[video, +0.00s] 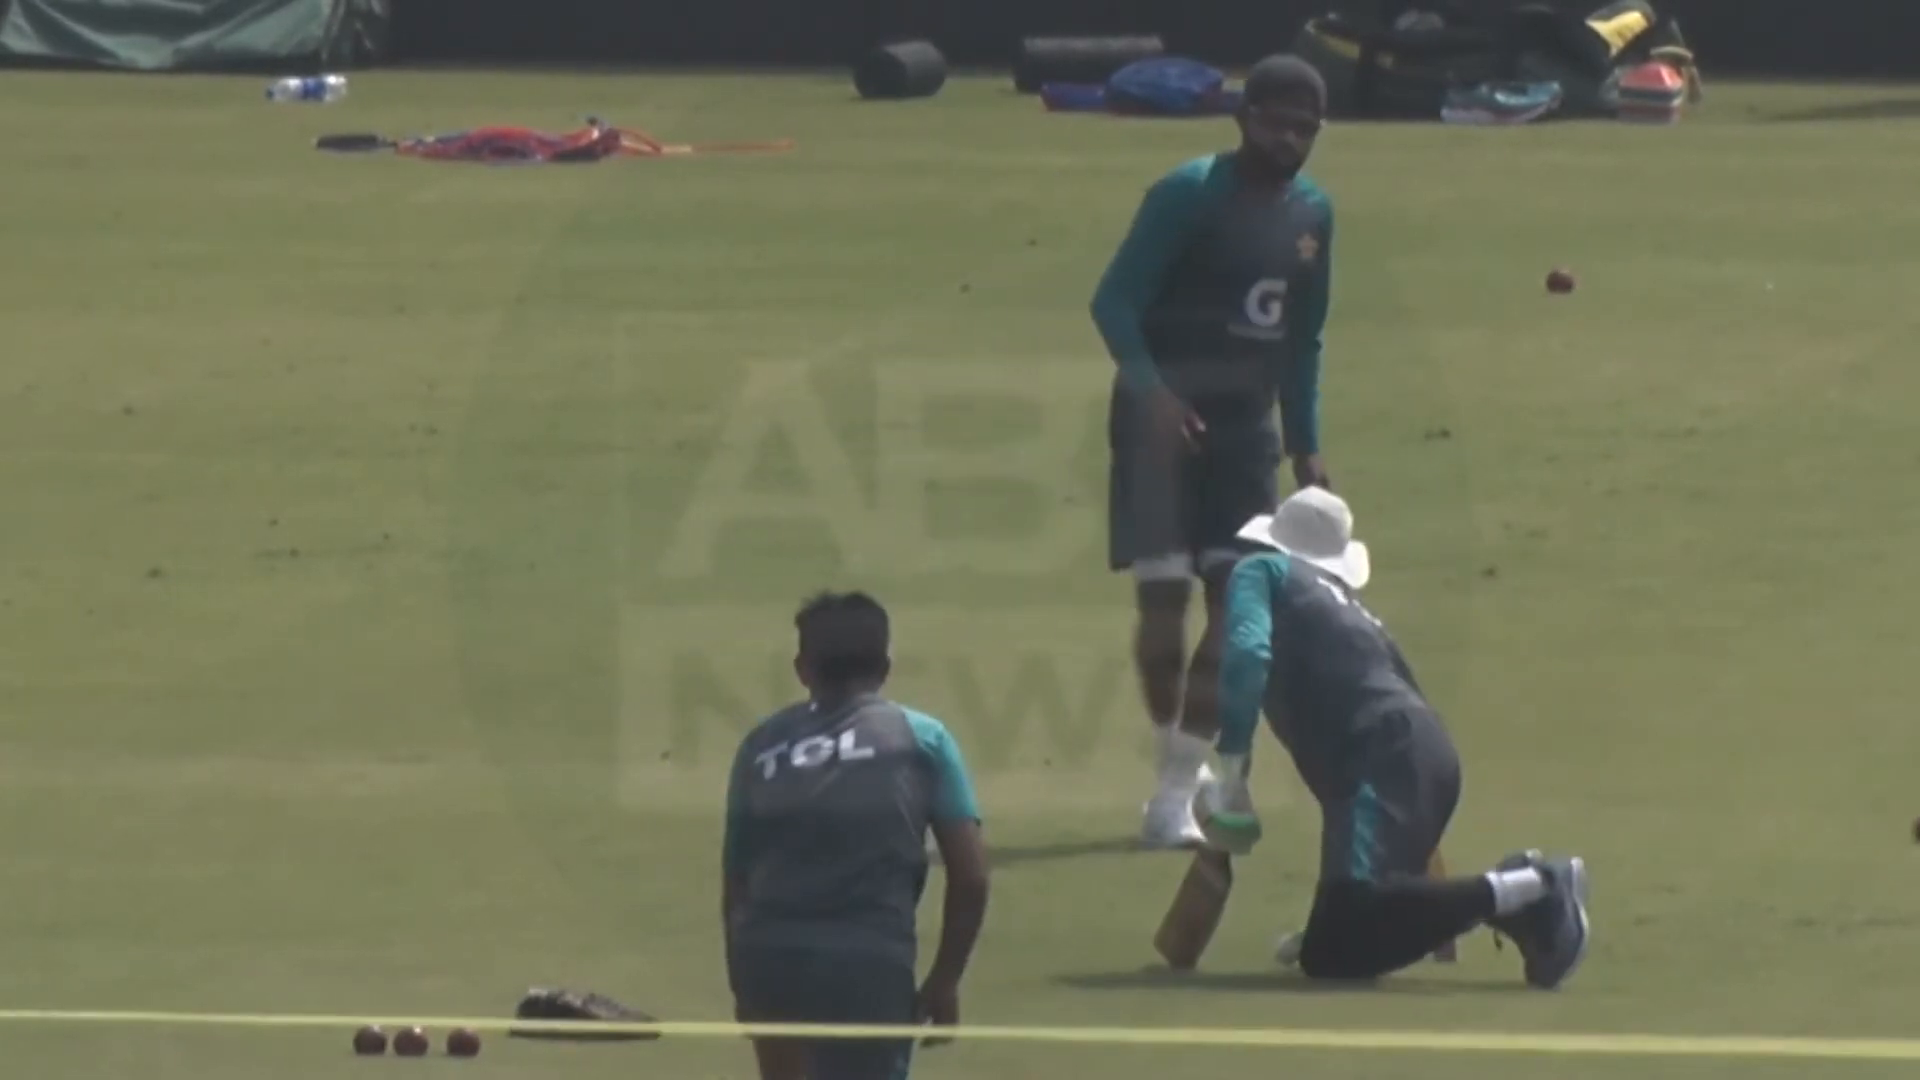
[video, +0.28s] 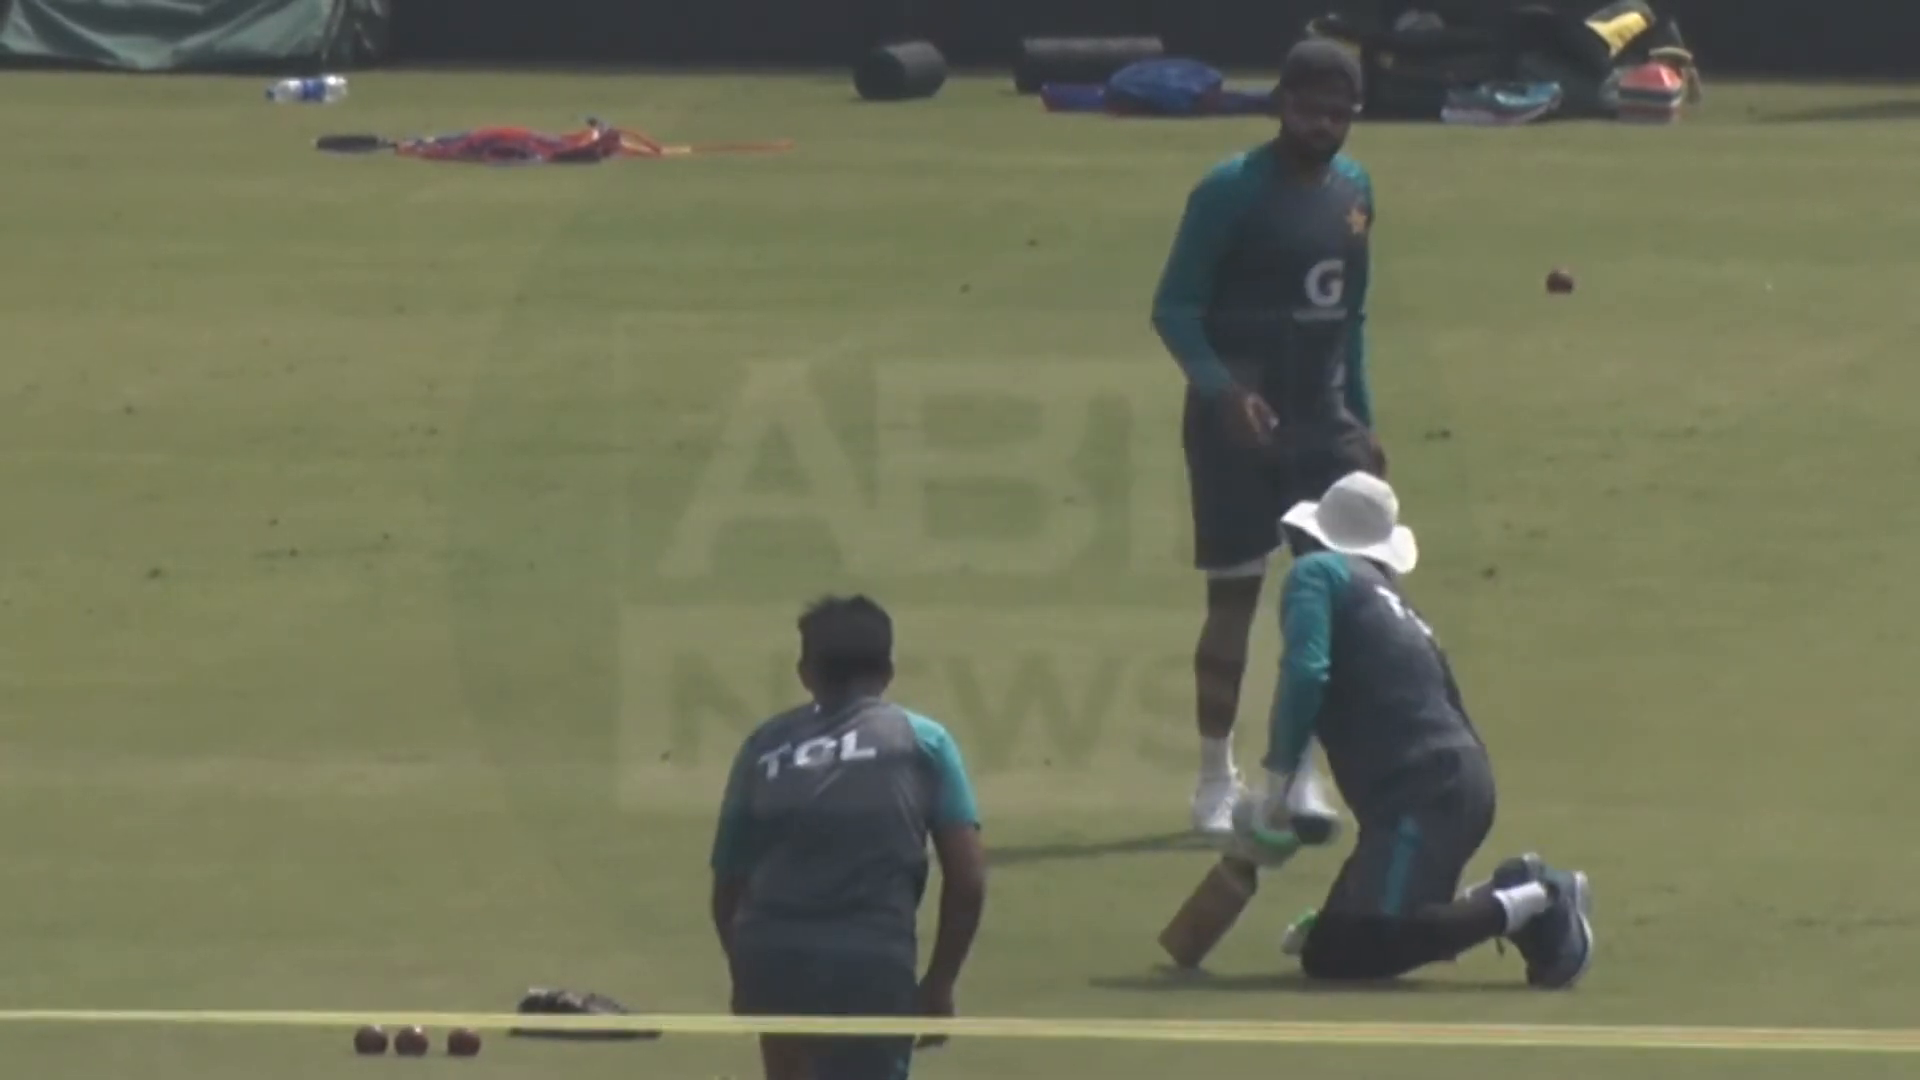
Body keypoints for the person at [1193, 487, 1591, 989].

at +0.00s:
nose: (1252, 556)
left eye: (1260, 549)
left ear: (1276, 547)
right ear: (1334, 564)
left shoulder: (1260, 568)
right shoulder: (1352, 611)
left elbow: (1248, 653)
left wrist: (1231, 772)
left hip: (1388, 759)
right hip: (1430, 761)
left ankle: (1526, 889)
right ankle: (1515, 892)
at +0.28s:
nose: (1296, 545)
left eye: (1304, 534)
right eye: (1302, 534)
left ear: (1317, 537)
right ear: (1374, 551)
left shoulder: (1316, 574)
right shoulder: (1387, 601)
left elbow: (1307, 672)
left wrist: (1277, 781)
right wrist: (1338, 916)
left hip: (1423, 793)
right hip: (1456, 787)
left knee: (1336, 954)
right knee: (1343, 943)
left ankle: (1527, 904)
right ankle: (1502, 901)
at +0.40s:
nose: (1334, 548)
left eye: (1341, 537)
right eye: (1335, 537)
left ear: (1360, 535)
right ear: (1406, 546)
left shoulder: (1354, 573)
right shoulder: (1424, 606)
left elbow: (1347, 684)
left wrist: (1310, 802)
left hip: (1448, 806)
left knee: (1367, 961)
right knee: (1330, 952)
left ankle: (1531, 903)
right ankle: (1508, 900)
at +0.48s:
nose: (1360, 545)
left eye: (1368, 533)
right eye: (1363, 532)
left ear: (1387, 535)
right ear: (1432, 547)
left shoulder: (1386, 580)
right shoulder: (1452, 615)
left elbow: (1382, 695)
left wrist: (1338, 807)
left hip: (1457, 827)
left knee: (1368, 967)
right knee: (1331, 956)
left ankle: (1534, 903)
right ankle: (1513, 894)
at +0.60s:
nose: (1393, 536)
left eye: (1404, 527)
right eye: (1397, 525)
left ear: (1430, 536)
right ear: (1472, 543)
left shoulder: (1436, 590)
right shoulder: (1486, 609)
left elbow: (1436, 705)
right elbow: (1467, 749)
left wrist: (1389, 808)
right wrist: (1388, 841)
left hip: (1481, 836)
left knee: (1370, 964)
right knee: (1338, 950)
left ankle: (1533, 909)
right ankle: (1531, 904)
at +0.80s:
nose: (1454, 557)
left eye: (1464, 544)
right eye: (1458, 542)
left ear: (1489, 550)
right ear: (1523, 551)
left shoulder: (1505, 614)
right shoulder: (1529, 612)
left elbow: (1498, 737)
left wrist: (1422, 811)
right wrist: (1417, 838)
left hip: (1512, 850)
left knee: (1382, 964)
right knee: (1355, 945)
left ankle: (1550, 914)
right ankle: (1539, 909)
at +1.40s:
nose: (1483, 539)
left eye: (1497, 529)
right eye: (1487, 527)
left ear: (1538, 543)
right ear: (1542, 545)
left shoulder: (1548, 619)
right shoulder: (1542, 611)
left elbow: (1513, 741)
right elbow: (1507, 744)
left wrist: (1434, 811)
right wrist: (1426, 817)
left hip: (1521, 851)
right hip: (1497, 842)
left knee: (1387, 966)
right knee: (1359, 952)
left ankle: (1554, 914)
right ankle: (1537, 909)